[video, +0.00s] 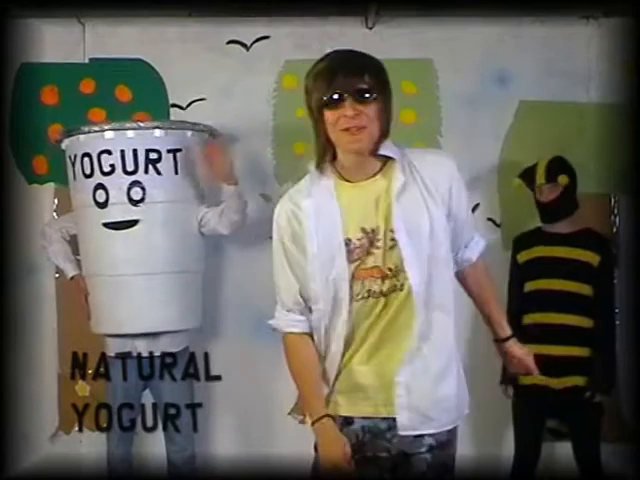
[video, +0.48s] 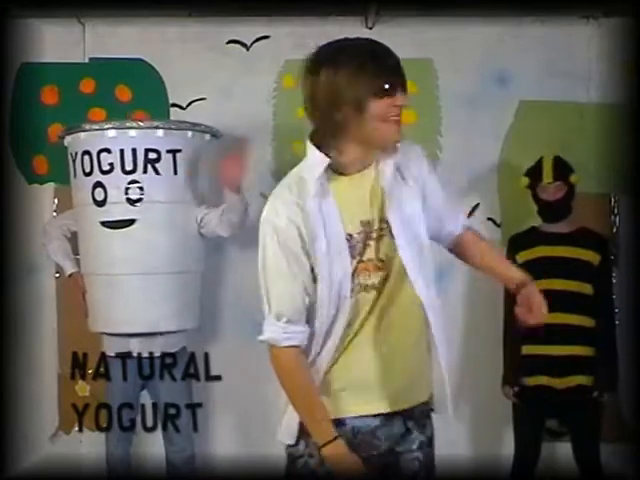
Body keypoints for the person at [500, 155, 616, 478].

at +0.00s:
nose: (541, 197)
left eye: (549, 188)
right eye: (537, 189)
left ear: (568, 189)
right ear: (532, 193)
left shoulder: (597, 245)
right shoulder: (523, 244)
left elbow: (605, 316)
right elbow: (514, 310)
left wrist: (603, 374)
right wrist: (509, 363)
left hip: (580, 378)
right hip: (530, 379)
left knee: (588, 463)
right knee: (524, 462)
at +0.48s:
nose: (552, 195)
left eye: (559, 187)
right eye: (544, 188)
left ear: (572, 189)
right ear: (533, 194)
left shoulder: (595, 245)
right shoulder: (519, 245)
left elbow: (605, 314)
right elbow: (510, 314)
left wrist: (607, 372)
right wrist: (510, 371)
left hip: (581, 374)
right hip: (531, 374)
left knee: (588, 461)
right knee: (524, 460)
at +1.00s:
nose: (555, 194)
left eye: (563, 186)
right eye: (547, 187)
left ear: (576, 190)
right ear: (537, 191)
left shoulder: (599, 245)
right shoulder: (525, 241)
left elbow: (609, 315)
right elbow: (496, 291)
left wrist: (613, 374)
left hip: (581, 370)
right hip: (533, 369)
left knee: (589, 460)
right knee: (526, 459)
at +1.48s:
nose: (574, 195)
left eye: (581, 187)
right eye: (566, 187)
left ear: (593, 191)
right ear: (554, 191)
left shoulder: (608, 248)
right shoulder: (535, 240)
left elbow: (617, 318)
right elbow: (494, 268)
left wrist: (621, 377)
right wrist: (500, 216)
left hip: (586, 368)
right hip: (537, 365)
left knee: (591, 459)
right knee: (528, 458)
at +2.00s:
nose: (577, 196)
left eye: (586, 188)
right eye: (570, 187)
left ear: (598, 193)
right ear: (559, 190)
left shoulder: (610, 249)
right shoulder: (536, 237)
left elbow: (618, 318)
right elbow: (511, 282)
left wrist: (621, 376)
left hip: (587, 365)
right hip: (538, 361)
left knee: (591, 458)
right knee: (528, 457)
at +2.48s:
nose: (550, 196)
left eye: (557, 188)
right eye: (546, 188)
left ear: (576, 189)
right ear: (542, 191)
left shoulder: (605, 243)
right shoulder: (531, 239)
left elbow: (616, 311)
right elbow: (520, 305)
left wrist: (619, 370)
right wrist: (508, 357)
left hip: (586, 372)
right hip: (536, 371)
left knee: (592, 460)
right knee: (527, 460)